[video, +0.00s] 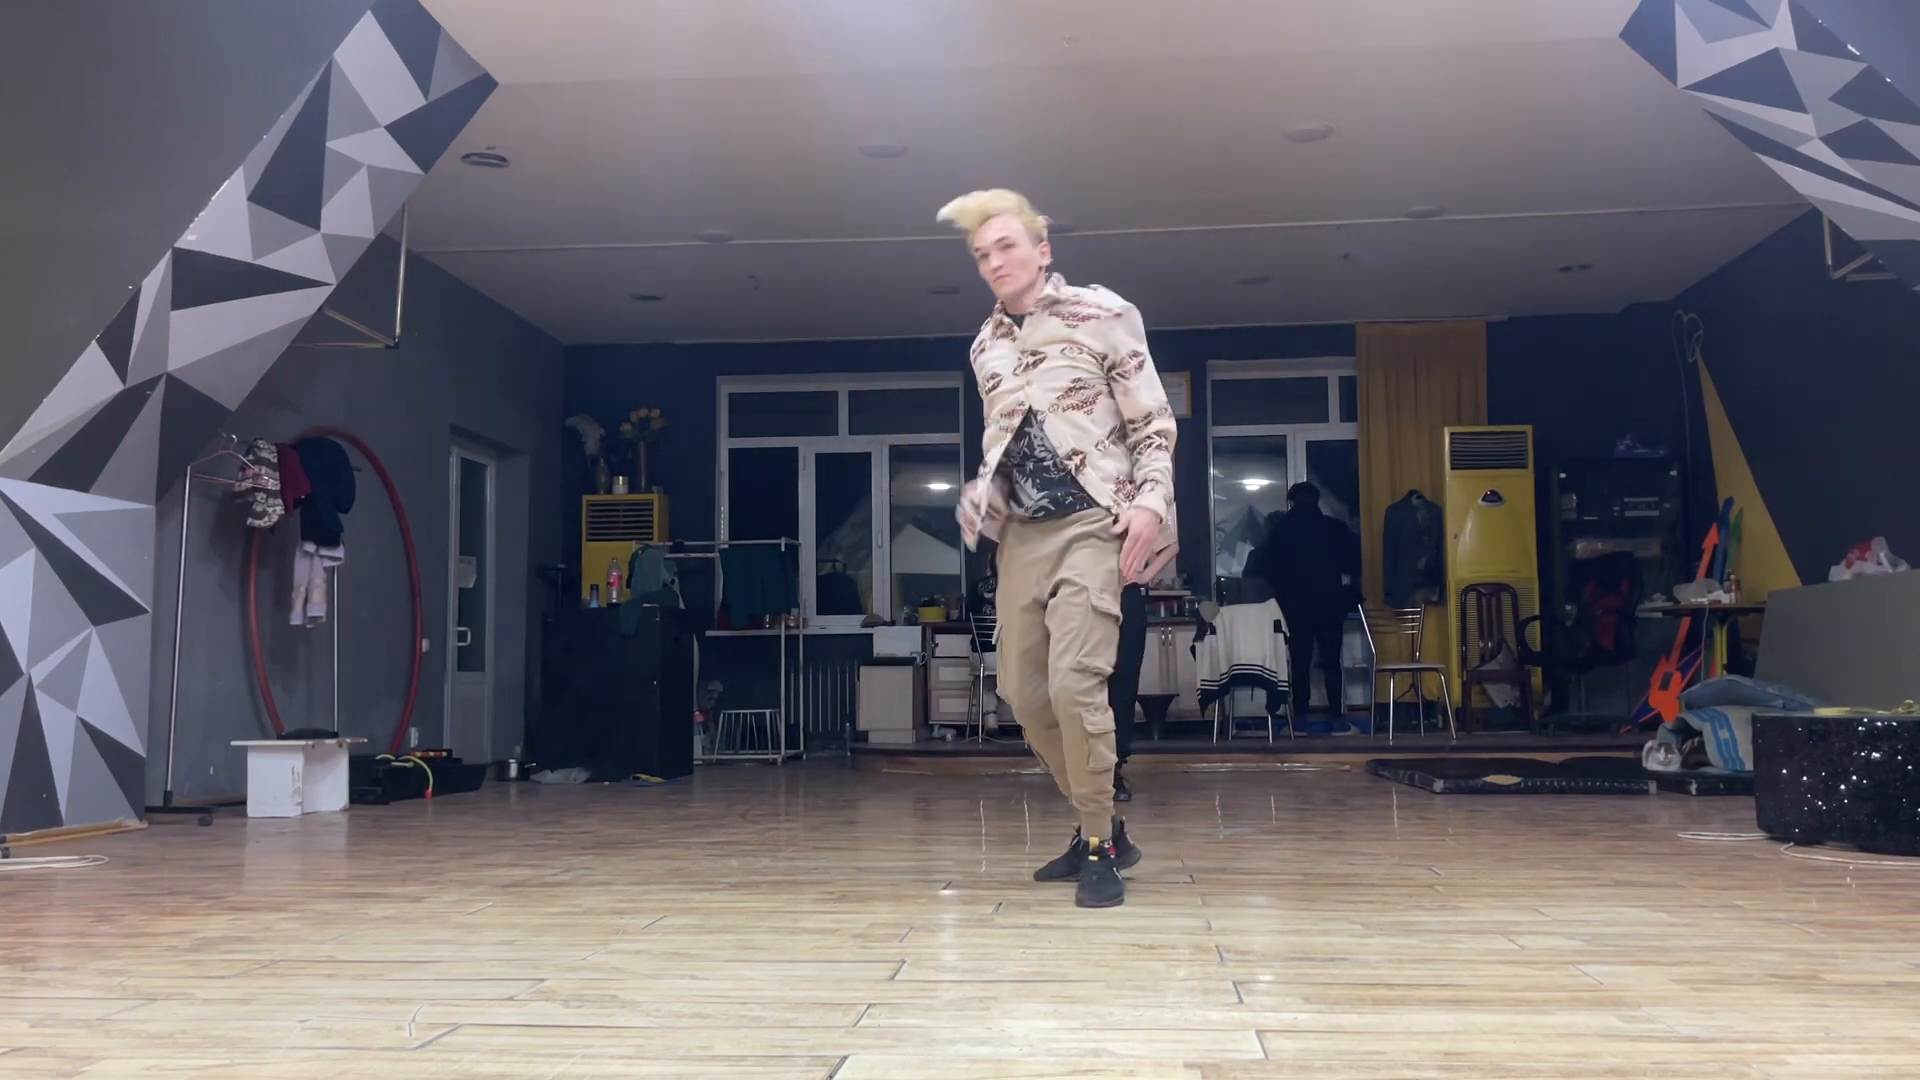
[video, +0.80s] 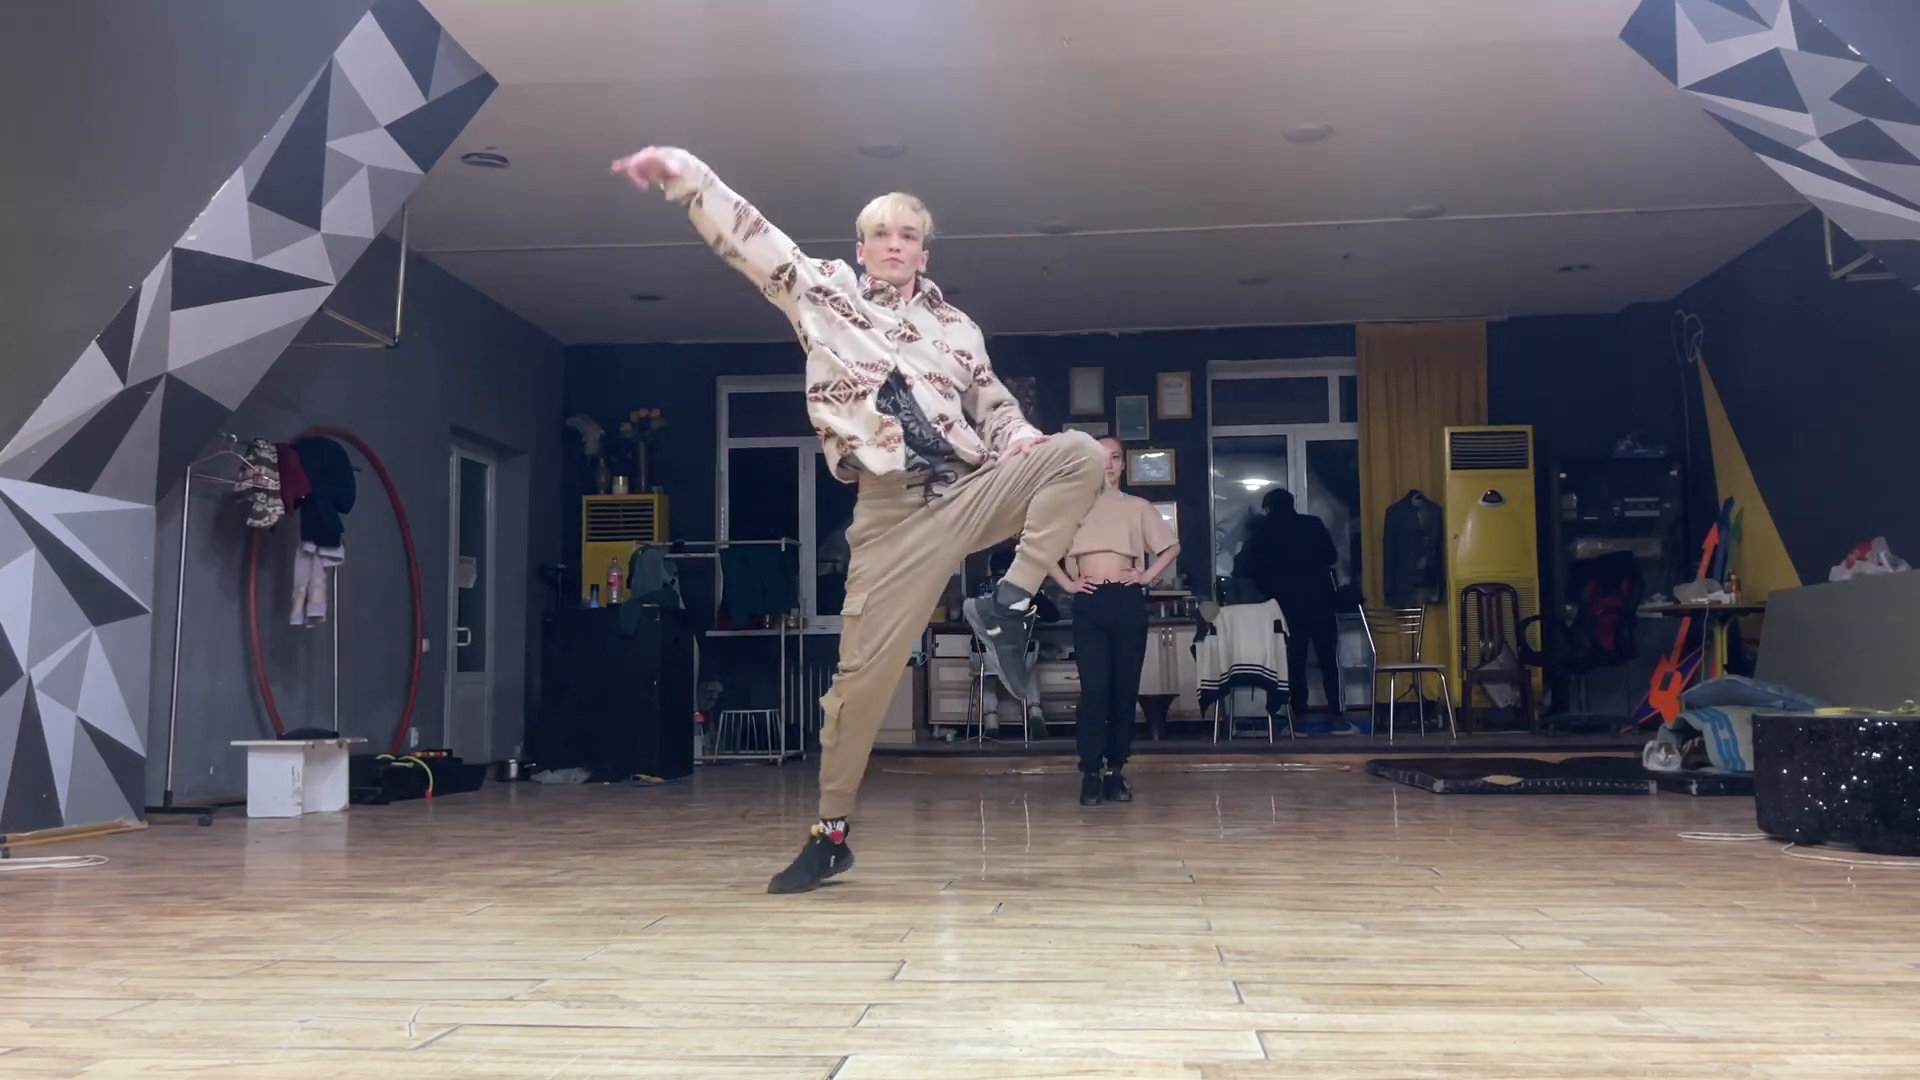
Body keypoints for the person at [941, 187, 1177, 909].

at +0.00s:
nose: (993, 263)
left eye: (1004, 248)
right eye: (982, 255)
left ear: (1041, 247)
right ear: (977, 265)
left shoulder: (1104, 315)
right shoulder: (987, 345)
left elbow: (1154, 424)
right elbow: (1000, 443)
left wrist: (1151, 505)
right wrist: (980, 491)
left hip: (1094, 525)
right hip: (1020, 533)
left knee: (1075, 684)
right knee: (1024, 691)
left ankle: (1099, 845)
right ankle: (1098, 828)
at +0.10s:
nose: (1012, 236)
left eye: (1025, 222)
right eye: (1000, 228)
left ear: (1055, 231)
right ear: (991, 242)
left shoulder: (1105, 317)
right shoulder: (978, 326)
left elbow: (1144, 415)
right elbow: (942, 411)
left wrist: (1174, 392)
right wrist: (904, 371)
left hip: (1081, 519)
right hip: (1003, 524)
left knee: (1078, 683)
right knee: (995, 679)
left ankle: (1101, 840)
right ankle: (1065, 793)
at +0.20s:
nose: (1001, 238)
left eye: (1017, 225)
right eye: (990, 227)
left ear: (1045, 235)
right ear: (977, 237)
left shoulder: (1094, 293)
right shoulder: (943, 304)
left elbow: (1187, 284)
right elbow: (872, 297)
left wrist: (1210, 224)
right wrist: (834, 238)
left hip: (1084, 516)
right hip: (992, 523)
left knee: (1117, 646)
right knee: (919, 635)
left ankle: (1113, 805)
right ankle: (1009, 734)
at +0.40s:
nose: (986, 284)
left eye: (999, 275)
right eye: (974, 275)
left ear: (1021, 287)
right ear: (955, 288)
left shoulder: (1056, 341)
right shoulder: (916, 370)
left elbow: (1135, 373)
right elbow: (846, 439)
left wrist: (1189, 417)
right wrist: (800, 505)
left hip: (1055, 570)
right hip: (959, 575)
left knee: (1112, 713)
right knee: (891, 702)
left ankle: (1136, 844)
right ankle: (901, 838)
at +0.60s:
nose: (931, 253)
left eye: (943, 243)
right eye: (919, 242)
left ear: (962, 257)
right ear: (897, 255)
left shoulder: (999, 340)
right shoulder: (862, 344)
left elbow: (1031, 433)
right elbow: (807, 425)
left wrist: (1039, 477)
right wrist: (812, 346)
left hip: (1008, 516)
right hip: (920, 532)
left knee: (1103, 585)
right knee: (917, 687)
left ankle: (1074, 739)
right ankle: (910, 839)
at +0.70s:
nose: (914, 235)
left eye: (925, 224)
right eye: (901, 223)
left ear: (943, 237)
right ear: (879, 235)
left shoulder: (976, 318)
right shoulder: (832, 303)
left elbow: (1019, 394)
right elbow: (747, 285)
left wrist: (1045, 438)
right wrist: (740, 206)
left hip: (995, 484)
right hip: (907, 508)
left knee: (1101, 490)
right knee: (887, 671)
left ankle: (1026, 624)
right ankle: (869, 824)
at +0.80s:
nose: (897, 246)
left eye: (910, 237)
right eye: (884, 234)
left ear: (926, 252)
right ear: (861, 244)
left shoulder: (953, 327)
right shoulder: (818, 287)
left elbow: (994, 408)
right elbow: (750, 236)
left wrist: (1028, 445)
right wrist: (684, 174)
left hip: (976, 490)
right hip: (891, 511)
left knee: (1081, 455)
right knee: (860, 674)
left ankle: (1010, 601)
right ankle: (832, 833)